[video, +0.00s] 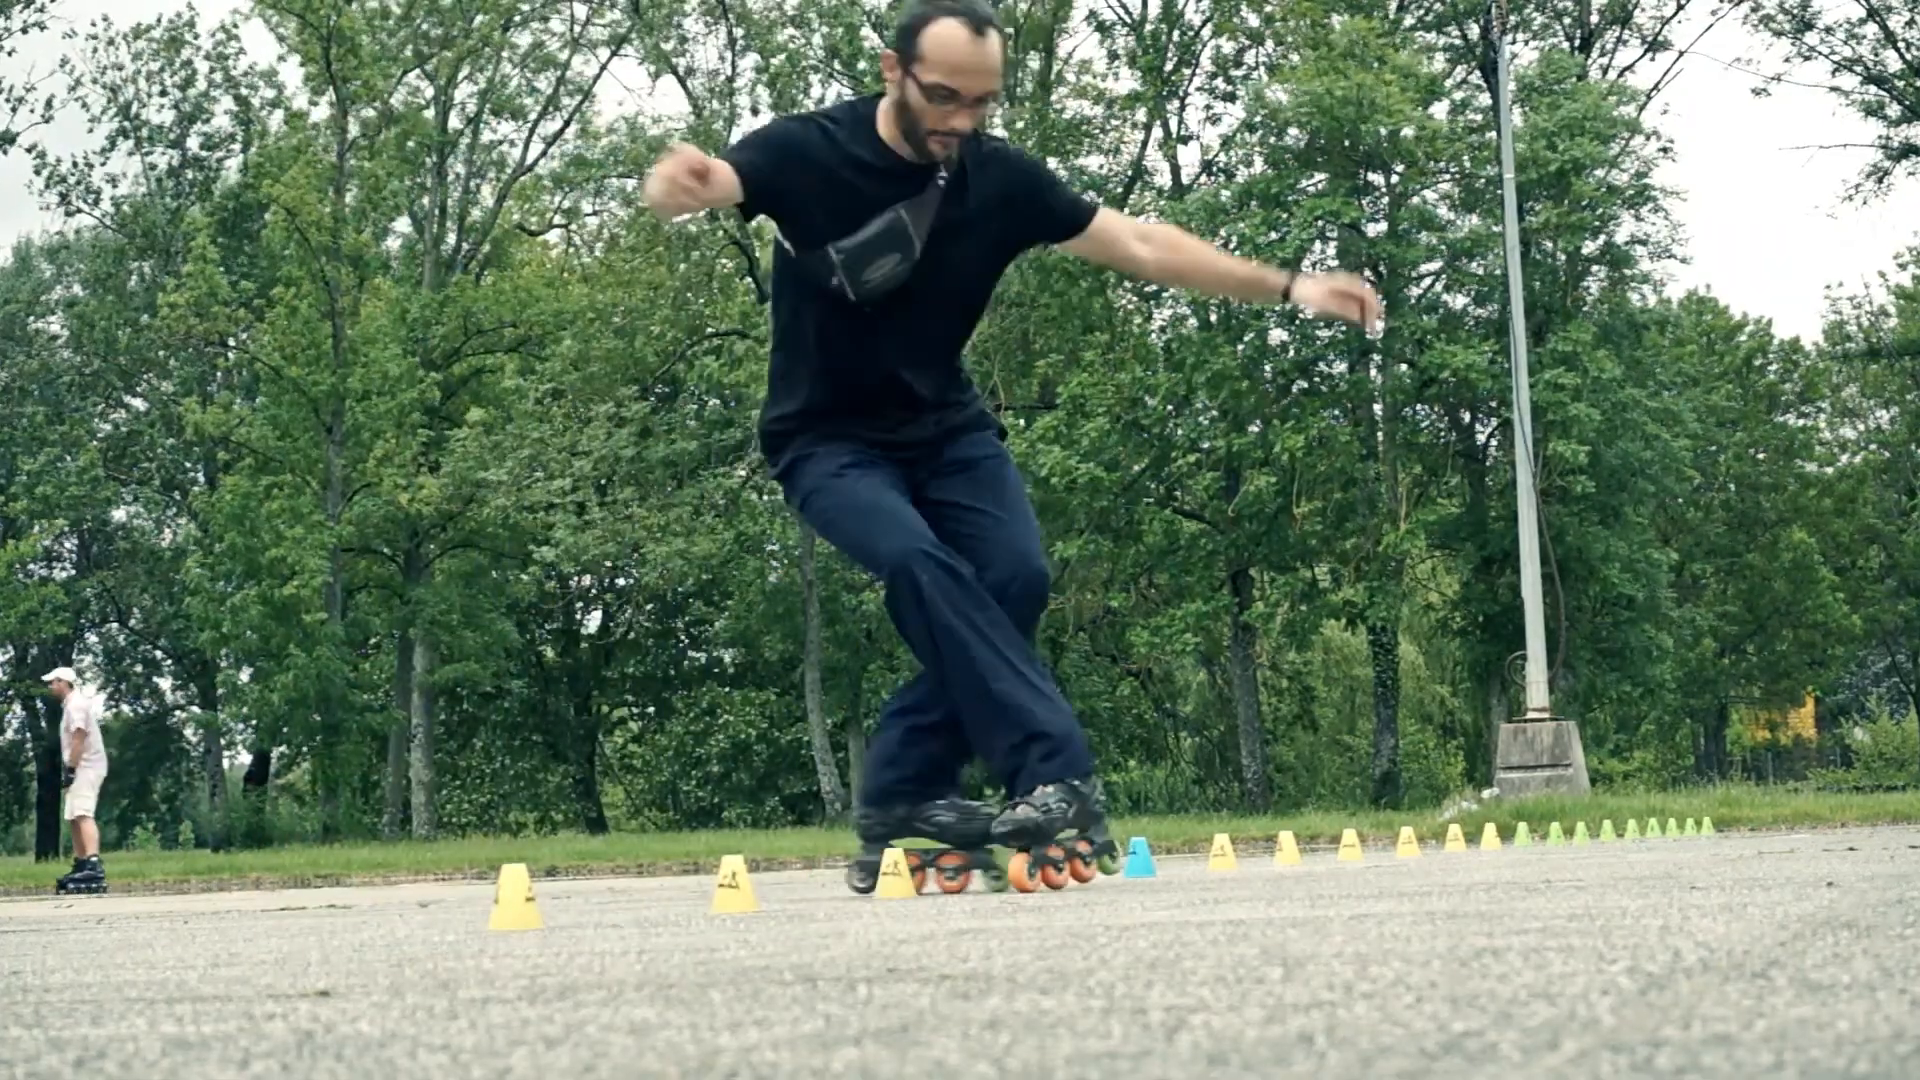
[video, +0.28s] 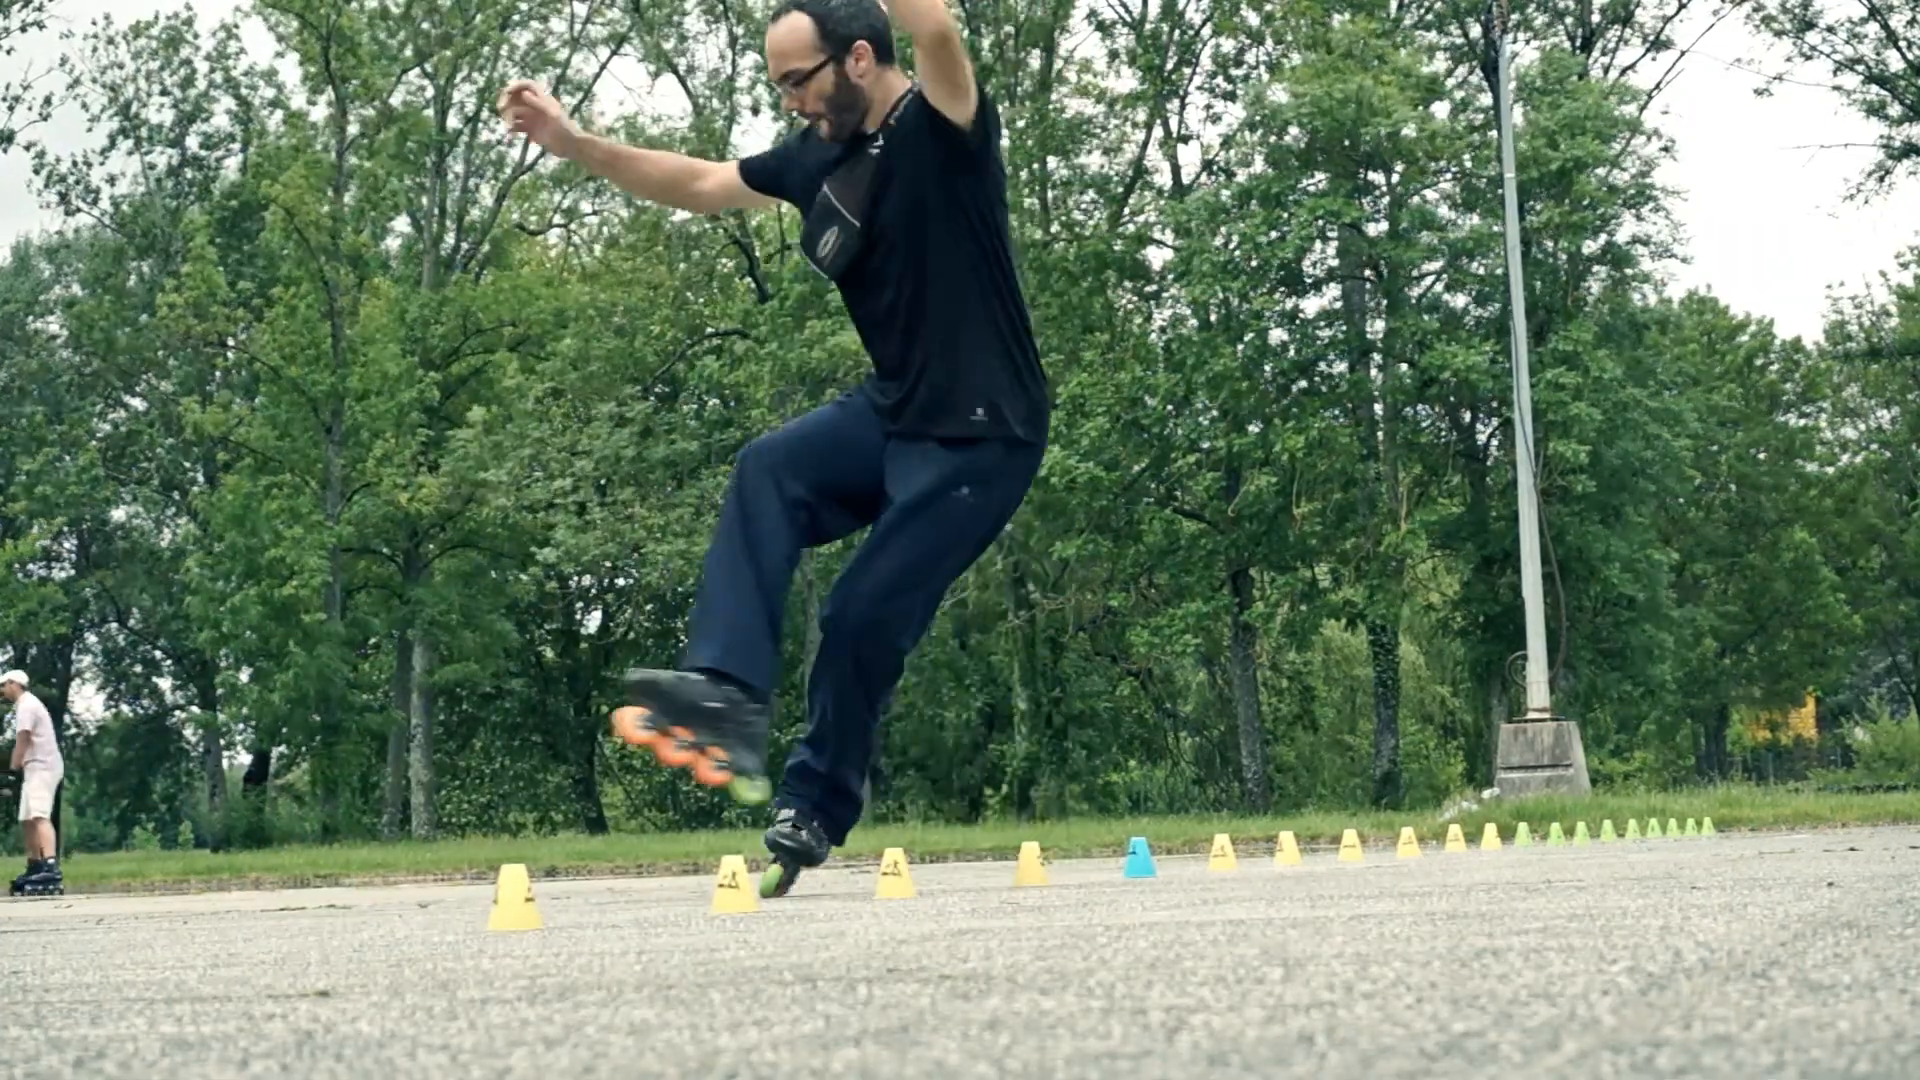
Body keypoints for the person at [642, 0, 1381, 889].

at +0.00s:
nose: (962, 123)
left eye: (983, 104)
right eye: (944, 99)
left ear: (1000, 92)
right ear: (894, 73)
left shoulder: (1004, 181)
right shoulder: (808, 151)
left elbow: (1139, 245)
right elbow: (703, 184)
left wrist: (1291, 287)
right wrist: (675, 184)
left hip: (945, 421)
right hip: (823, 431)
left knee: (1016, 572)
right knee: (911, 557)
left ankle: (902, 791)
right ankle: (1054, 772)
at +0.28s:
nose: (790, 100)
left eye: (799, 79)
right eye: (778, 84)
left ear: (861, 57)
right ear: (784, 81)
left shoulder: (943, 126)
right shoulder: (813, 158)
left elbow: (936, 27)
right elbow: (700, 183)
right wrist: (576, 144)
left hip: (983, 428)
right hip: (890, 408)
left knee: (865, 609)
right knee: (770, 468)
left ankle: (816, 805)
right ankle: (730, 688)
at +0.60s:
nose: (896, 113)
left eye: (900, 100)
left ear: (920, 94)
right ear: (995, 92)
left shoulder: (918, 121)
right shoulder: (1054, 170)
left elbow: (802, 33)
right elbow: (1138, 265)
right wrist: (1077, 259)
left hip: (984, 431)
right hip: (1047, 429)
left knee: (920, 636)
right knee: (878, 535)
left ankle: (1010, 815)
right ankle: (1020, 707)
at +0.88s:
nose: (1153, 83)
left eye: (1152, 74)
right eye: (1153, 71)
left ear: (1060, 64)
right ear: (1136, 65)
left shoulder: (993, 145)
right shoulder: (1153, 113)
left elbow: (988, 205)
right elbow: (1302, 82)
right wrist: (1352, 10)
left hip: (1014, 411)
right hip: (1123, 387)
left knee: (1084, 632)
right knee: (1194, 536)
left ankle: (1192, 817)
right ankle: (1167, 594)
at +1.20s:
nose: (1318, 123)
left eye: (1325, 111)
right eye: (1315, 101)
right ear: (1268, 67)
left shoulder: (1215, 211)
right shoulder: (1210, 77)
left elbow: (1308, 314)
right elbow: (1343, 173)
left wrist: (1430, 386)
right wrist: (1420, 245)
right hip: (1120, 354)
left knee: (1215, 584)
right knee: (1189, 576)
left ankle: (1252, 786)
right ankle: (1052, 756)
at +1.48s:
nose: (1431, 199)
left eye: (1445, 192)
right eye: (1433, 172)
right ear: (1388, 129)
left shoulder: (1319, 256)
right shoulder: (1301, 116)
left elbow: (1355, 393)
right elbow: (1193, 125)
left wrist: (1427, 530)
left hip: (1172, 391)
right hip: (1109, 348)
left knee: (1235, 580)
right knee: (1159, 569)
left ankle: (1236, 794)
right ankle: (1034, 760)